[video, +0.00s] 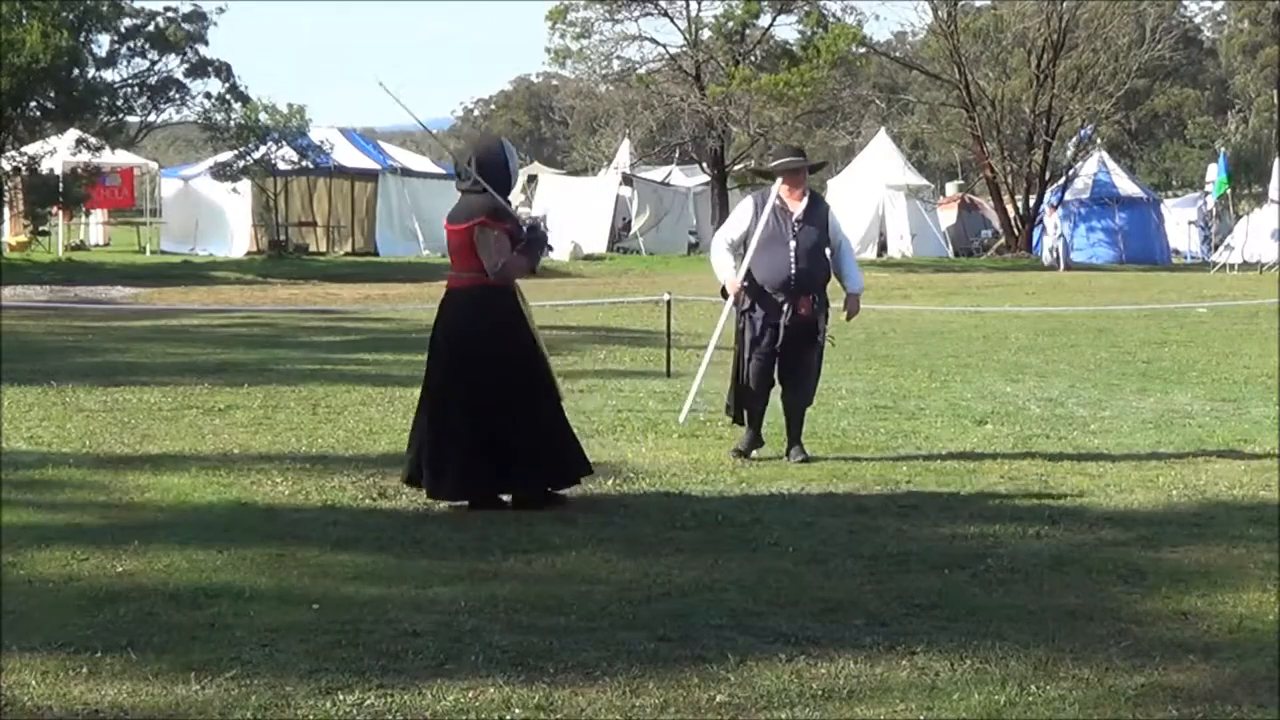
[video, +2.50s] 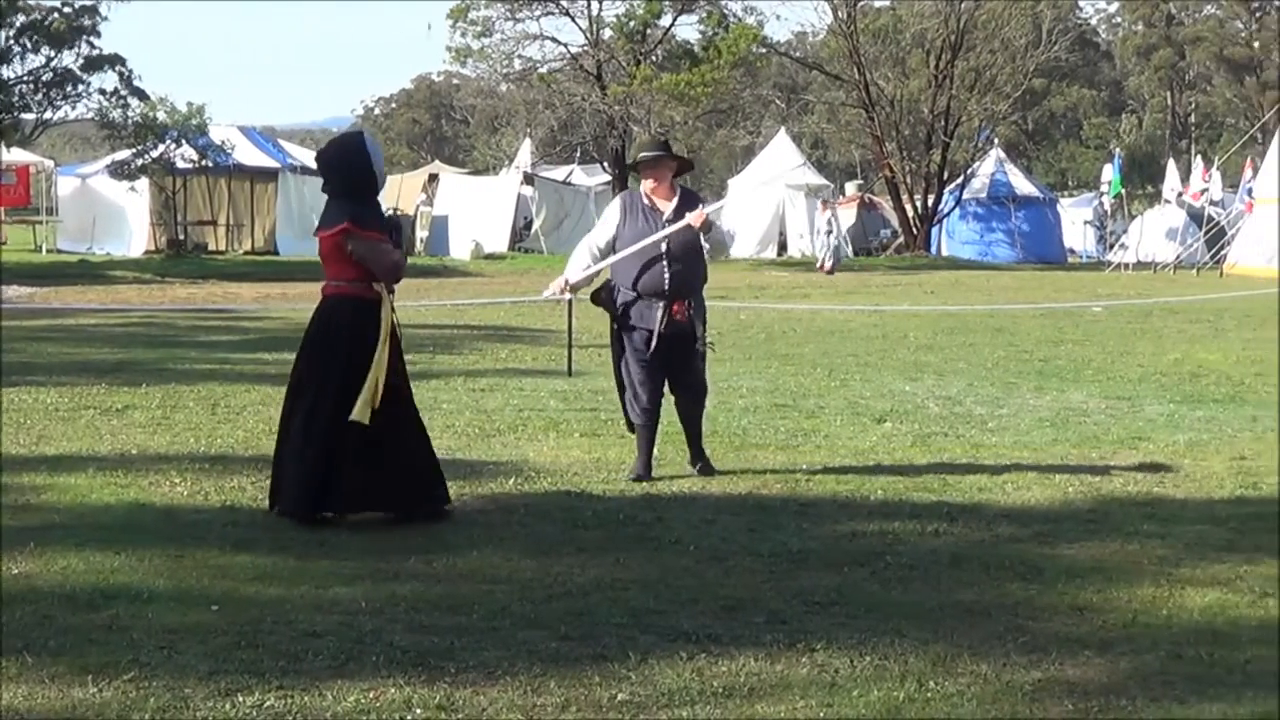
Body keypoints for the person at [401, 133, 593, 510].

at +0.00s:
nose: (515, 173)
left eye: (513, 166)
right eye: (512, 167)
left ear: (473, 168)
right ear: (504, 170)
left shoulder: (460, 210)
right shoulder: (488, 212)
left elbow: (479, 262)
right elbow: (501, 270)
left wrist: (516, 239)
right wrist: (532, 248)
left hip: (458, 307)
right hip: (490, 311)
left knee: (473, 395)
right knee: (514, 392)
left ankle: (480, 486)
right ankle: (529, 486)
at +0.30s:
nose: (484, 176)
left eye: (482, 169)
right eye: (479, 169)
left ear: (438, 173)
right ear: (468, 173)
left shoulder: (429, 217)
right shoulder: (459, 219)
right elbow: (478, 273)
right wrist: (507, 251)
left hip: (432, 314)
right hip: (465, 316)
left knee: (433, 398)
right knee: (478, 399)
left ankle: (425, 482)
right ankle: (486, 493)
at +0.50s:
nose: (464, 179)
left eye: (461, 171)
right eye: (458, 171)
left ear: (417, 178)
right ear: (445, 178)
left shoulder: (412, 219)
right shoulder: (433, 224)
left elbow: (434, 271)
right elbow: (453, 279)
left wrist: (468, 246)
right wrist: (482, 258)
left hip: (412, 319)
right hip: (436, 324)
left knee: (416, 407)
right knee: (445, 406)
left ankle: (409, 492)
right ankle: (452, 493)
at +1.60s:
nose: (411, 160)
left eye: (408, 151)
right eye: (405, 152)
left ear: (365, 162)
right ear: (392, 159)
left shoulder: (377, 205)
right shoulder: (382, 209)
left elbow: (388, 263)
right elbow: (389, 267)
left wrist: (426, 252)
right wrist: (428, 257)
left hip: (376, 309)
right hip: (384, 314)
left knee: (379, 401)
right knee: (388, 401)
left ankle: (378, 492)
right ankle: (388, 497)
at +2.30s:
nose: (381, 171)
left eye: (378, 162)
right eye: (374, 163)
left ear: (333, 171)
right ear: (357, 170)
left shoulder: (351, 212)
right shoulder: (342, 217)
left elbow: (375, 265)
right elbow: (378, 271)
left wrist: (398, 243)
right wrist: (406, 245)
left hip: (357, 315)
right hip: (343, 318)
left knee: (384, 403)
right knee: (338, 407)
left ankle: (423, 488)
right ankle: (323, 500)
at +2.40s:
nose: (381, 172)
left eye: (378, 165)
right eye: (374, 165)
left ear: (335, 174)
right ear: (357, 172)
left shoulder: (354, 215)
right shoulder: (341, 220)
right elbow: (385, 269)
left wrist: (391, 243)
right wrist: (400, 247)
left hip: (362, 317)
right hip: (342, 318)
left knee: (385, 404)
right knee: (332, 406)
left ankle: (425, 491)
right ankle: (314, 499)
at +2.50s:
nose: (381, 170)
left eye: (378, 162)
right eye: (376, 163)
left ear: (336, 173)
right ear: (361, 171)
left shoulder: (340, 214)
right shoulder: (350, 219)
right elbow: (391, 269)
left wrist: (387, 239)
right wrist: (399, 241)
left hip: (344, 312)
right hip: (353, 317)